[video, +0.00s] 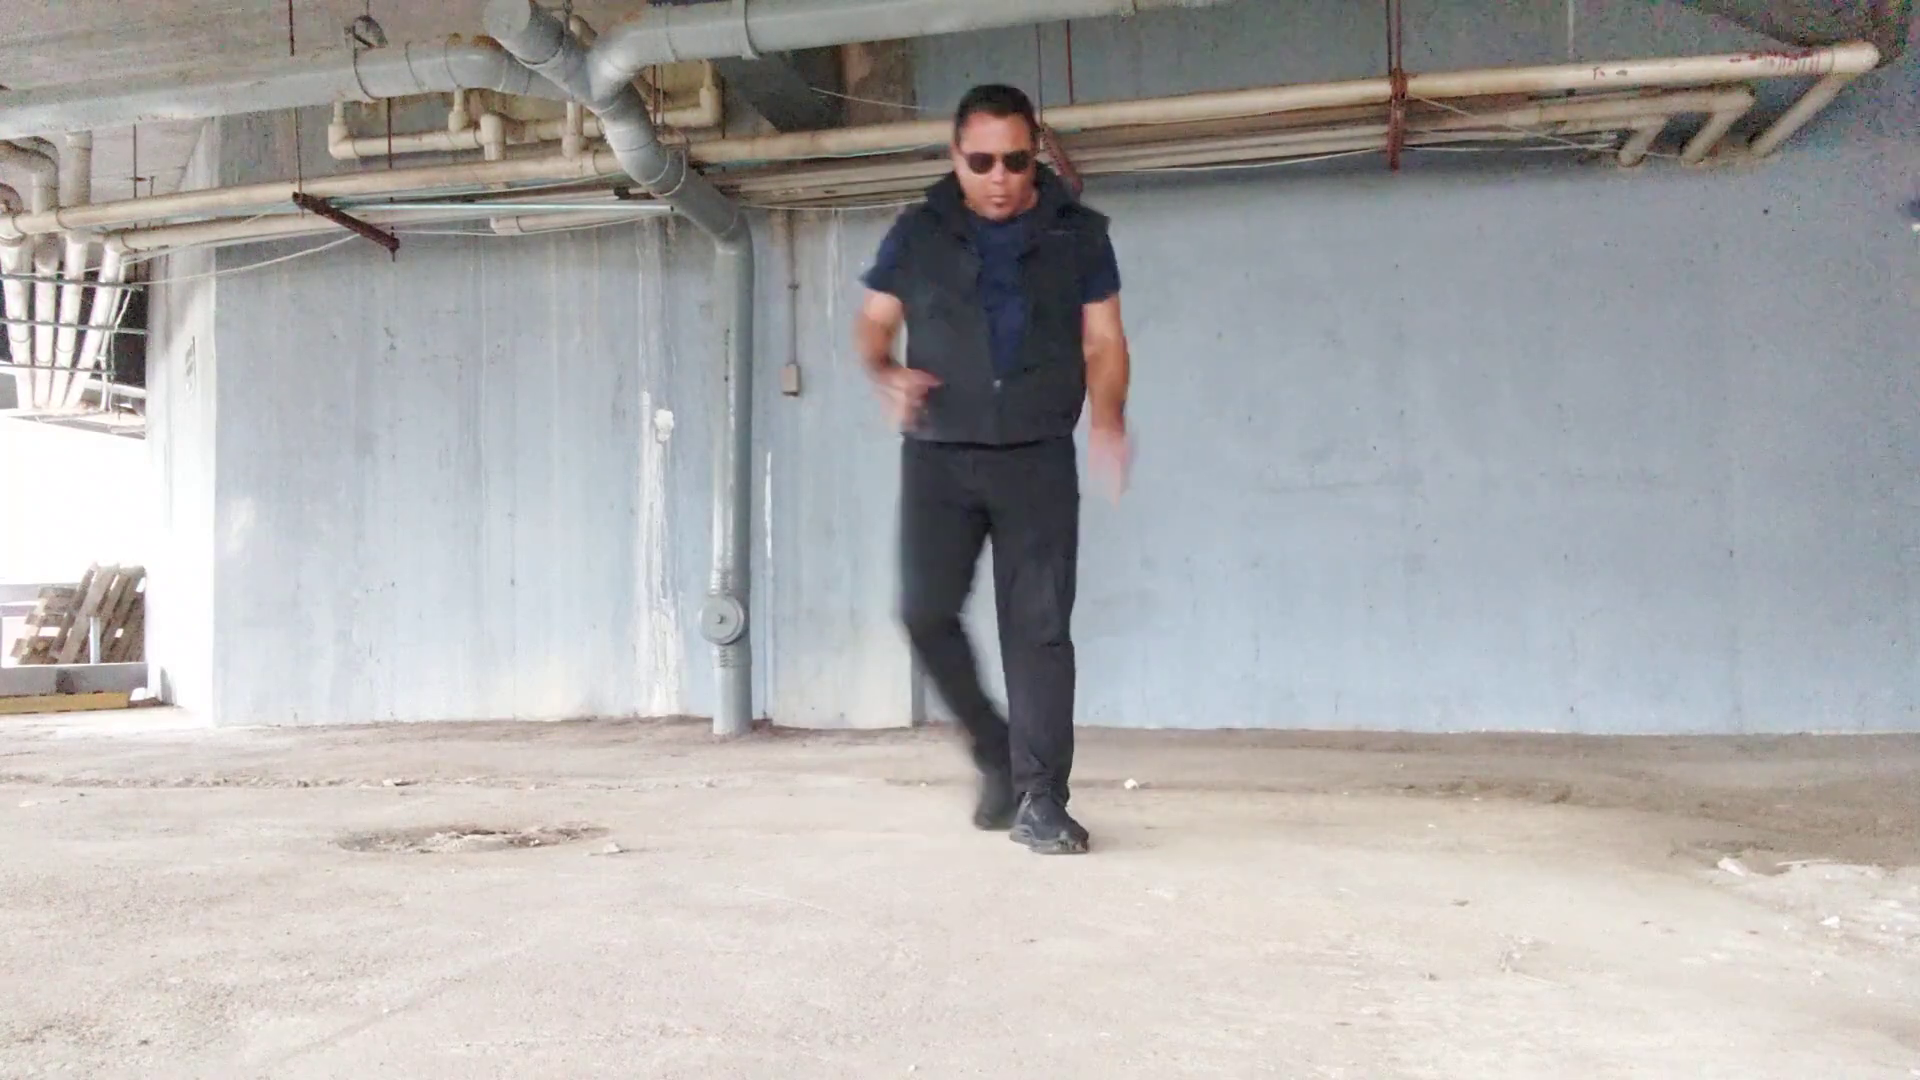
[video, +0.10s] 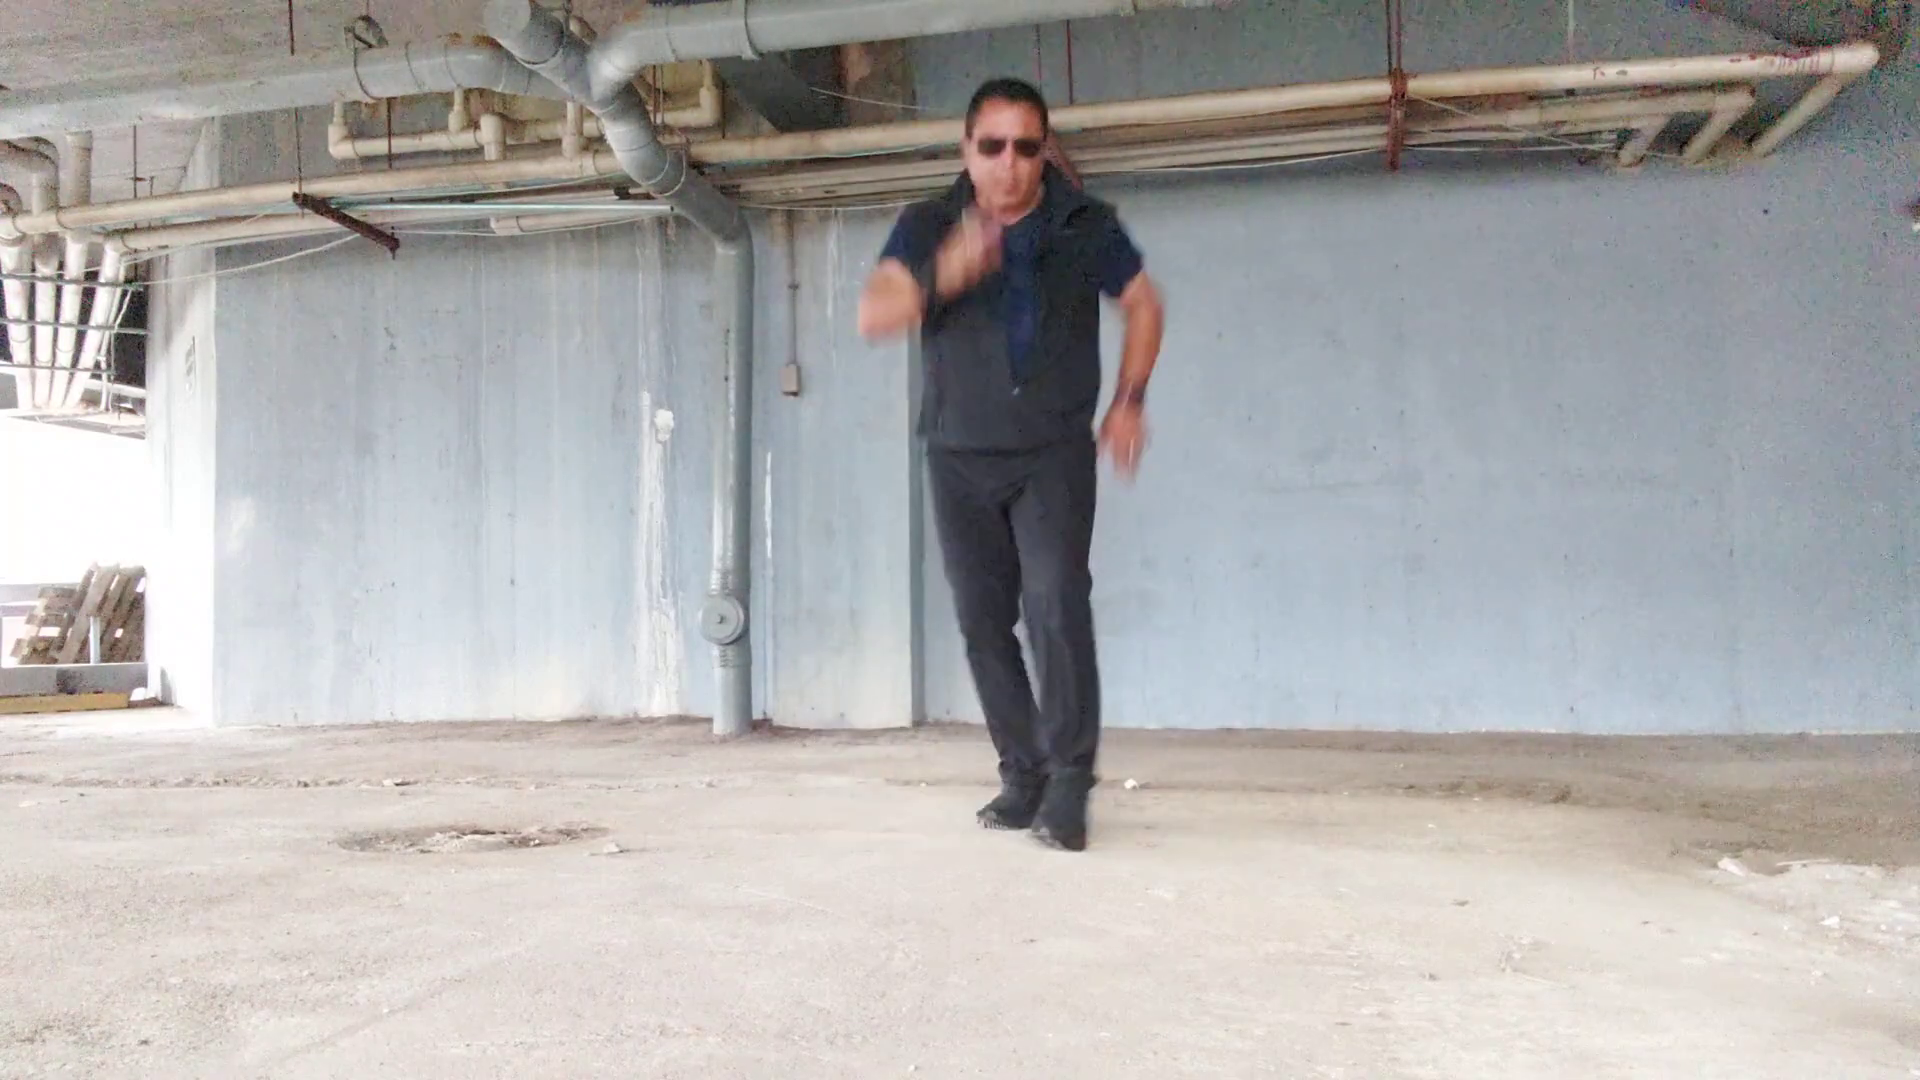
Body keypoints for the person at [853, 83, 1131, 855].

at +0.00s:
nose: (999, 179)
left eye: (1015, 162)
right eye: (981, 163)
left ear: (1037, 158)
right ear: (955, 158)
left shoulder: (1077, 232)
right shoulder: (921, 229)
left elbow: (1105, 340)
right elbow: (874, 324)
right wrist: (885, 372)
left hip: (1038, 460)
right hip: (939, 460)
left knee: (1039, 628)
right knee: (925, 614)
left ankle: (1042, 796)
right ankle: (997, 749)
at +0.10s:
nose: (1009, 162)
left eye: (1025, 148)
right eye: (993, 147)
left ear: (1046, 153)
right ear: (966, 150)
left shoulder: (1083, 225)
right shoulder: (930, 226)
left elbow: (1143, 303)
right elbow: (873, 317)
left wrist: (1129, 398)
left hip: (1053, 453)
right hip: (959, 458)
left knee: (1054, 608)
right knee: (983, 622)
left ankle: (1069, 781)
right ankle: (1022, 775)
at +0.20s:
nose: (1022, 137)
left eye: (1039, 122)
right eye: (1007, 122)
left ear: (1063, 129)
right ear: (983, 127)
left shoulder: (1099, 193)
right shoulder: (943, 188)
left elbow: (1157, 241)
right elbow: (872, 267)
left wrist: (1144, 323)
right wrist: (944, 202)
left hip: (1061, 434)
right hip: (969, 439)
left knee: (1069, 601)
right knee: (1000, 612)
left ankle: (1087, 780)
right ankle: (1027, 775)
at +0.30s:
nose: (1035, 133)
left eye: (1052, 120)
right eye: (1020, 119)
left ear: (1076, 128)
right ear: (996, 126)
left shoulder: (1112, 198)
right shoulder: (956, 198)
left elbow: (1162, 261)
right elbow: (889, 283)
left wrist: (1159, 338)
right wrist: (944, 251)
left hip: (1078, 439)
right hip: (981, 442)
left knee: (1083, 615)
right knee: (995, 615)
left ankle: (1087, 787)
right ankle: (1025, 769)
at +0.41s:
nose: (1050, 147)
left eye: (1065, 132)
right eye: (1033, 132)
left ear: (1087, 140)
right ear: (1007, 140)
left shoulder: (1126, 228)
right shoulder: (964, 223)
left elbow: (1163, 324)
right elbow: (908, 316)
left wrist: (1181, 387)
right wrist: (946, 329)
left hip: (1091, 453)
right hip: (992, 455)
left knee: (1090, 624)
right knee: (993, 622)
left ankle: (1086, 790)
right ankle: (1016, 766)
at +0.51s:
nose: (1055, 144)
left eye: (1071, 130)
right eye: (1039, 129)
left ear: (1094, 139)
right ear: (1015, 138)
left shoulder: (1136, 225)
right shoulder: (972, 221)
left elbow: (1192, 312)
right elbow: (882, 274)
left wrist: (1213, 335)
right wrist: (940, 276)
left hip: (1097, 453)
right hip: (995, 452)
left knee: (1095, 623)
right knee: (987, 610)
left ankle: (1088, 786)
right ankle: (1009, 747)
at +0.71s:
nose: (1057, 131)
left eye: (1072, 116)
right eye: (1040, 118)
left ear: (1094, 126)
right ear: (1016, 128)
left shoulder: (1130, 205)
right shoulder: (983, 204)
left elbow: (1186, 287)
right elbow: (936, 273)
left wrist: (1193, 231)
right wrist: (966, 171)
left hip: (1097, 437)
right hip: (997, 440)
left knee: (1095, 619)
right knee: (996, 616)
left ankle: (1086, 788)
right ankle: (1000, 783)